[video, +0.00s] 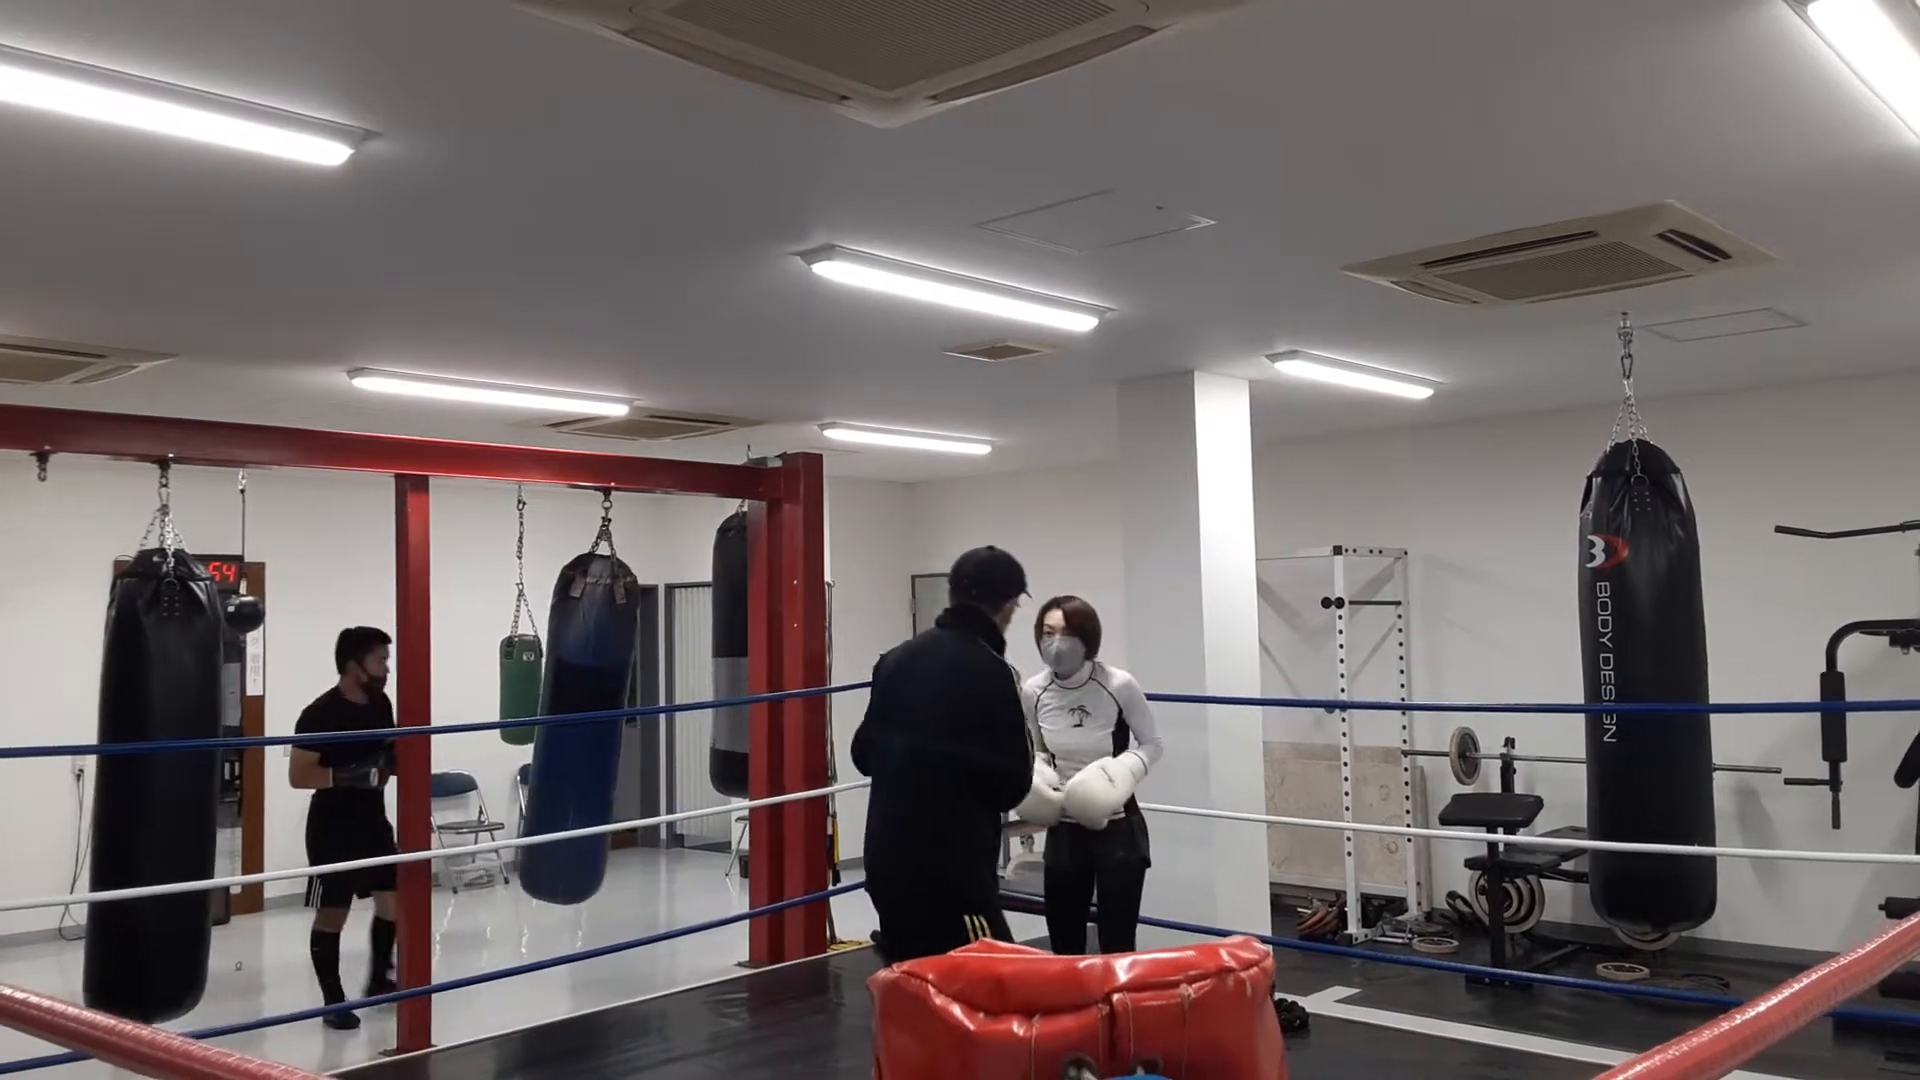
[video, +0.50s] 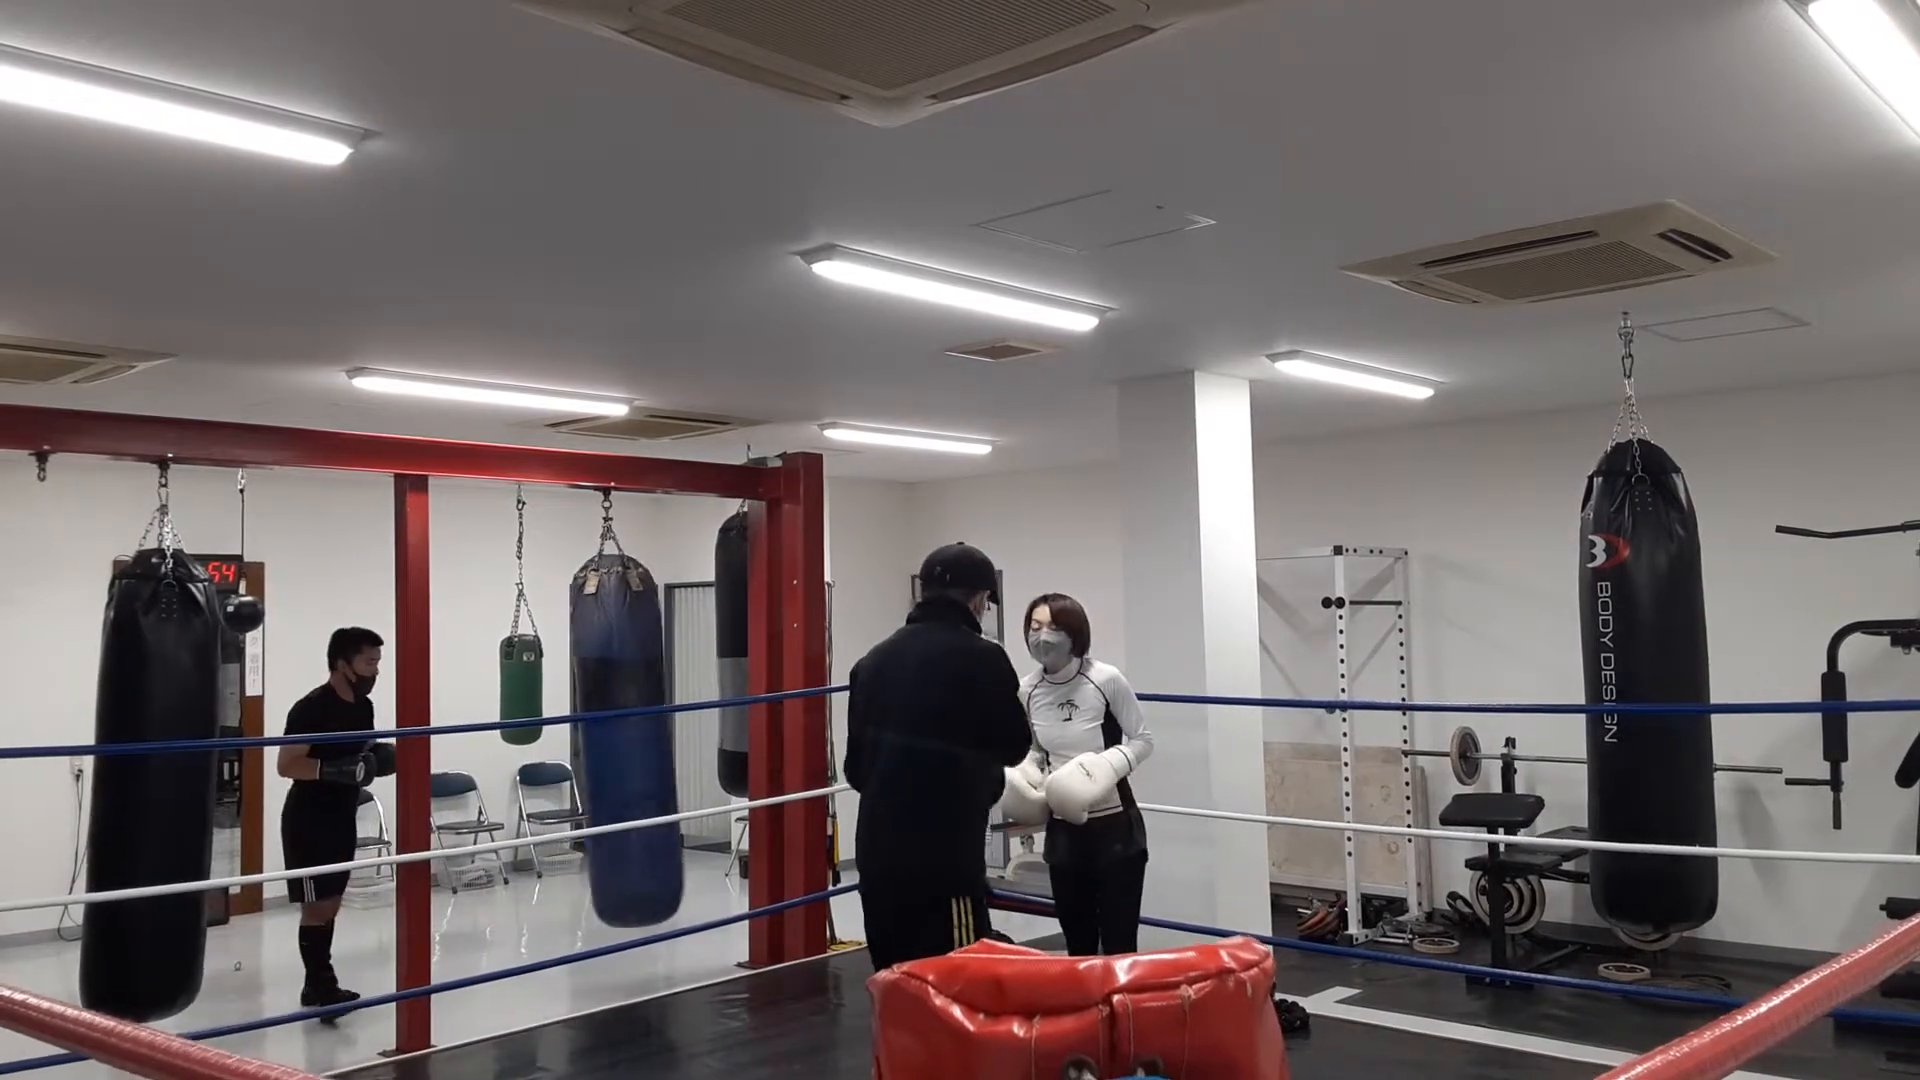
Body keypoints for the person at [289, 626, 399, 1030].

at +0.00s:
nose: (386, 667)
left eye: (387, 659)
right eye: (379, 660)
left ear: (369, 665)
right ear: (353, 665)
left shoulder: (380, 706)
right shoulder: (319, 714)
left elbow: (386, 762)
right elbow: (298, 775)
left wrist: (402, 760)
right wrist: (351, 775)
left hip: (373, 816)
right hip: (331, 821)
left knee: (391, 899)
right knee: (334, 908)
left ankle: (379, 981)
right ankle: (333, 1002)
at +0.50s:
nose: (377, 668)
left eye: (378, 660)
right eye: (370, 661)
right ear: (343, 663)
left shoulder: (364, 707)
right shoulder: (310, 708)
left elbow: (354, 756)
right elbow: (287, 764)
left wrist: (380, 758)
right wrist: (342, 771)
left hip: (342, 812)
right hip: (307, 813)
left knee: (331, 900)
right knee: (316, 902)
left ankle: (317, 985)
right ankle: (321, 990)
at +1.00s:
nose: (363, 675)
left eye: (365, 668)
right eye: (357, 668)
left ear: (361, 668)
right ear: (329, 666)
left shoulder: (357, 710)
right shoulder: (293, 710)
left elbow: (354, 754)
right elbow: (272, 765)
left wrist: (373, 759)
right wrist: (322, 764)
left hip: (337, 817)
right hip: (295, 818)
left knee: (356, 899)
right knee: (292, 905)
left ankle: (325, 976)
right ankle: (291, 994)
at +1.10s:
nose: (365, 680)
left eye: (369, 672)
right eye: (359, 672)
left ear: (369, 670)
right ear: (332, 669)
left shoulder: (359, 711)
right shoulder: (294, 711)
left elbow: (351, 756)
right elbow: (272, 766)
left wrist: (372, 762)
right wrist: (320, 766)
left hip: (338, 818)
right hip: (294, 820)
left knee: (365, 895)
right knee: (291, 906)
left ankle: (344, 980)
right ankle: (291, 995)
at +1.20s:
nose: (372, 681)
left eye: (376, 673)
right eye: (366, 673)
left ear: (377, 671)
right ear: (340, 670)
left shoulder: (365, 712)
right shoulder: (301, 711)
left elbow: (357, 758)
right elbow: (276, 766)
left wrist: (376, 765)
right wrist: (325, 770)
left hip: (341, 819)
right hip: (297, 820)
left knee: (359, 900)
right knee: (292, 908)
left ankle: (373, 984)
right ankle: (292, 995)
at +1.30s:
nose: (382, 682)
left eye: (385, 675)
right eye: (375, 674)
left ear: (383, 673)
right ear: (350, 671)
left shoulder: (372, 715)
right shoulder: (310, 711)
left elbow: (367, 762)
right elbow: (285, 767)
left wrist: (386, 769)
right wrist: (335, 772)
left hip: (347, 820)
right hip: (304, 820)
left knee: (361, 905)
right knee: (298, 910)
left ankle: (377, 991)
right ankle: (293, 997)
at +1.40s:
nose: (391, 683)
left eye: (394, 675)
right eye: (386, 674)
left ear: (378, 673)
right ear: (362, 671)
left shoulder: (381, 716)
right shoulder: (320, 710)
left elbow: (380, 766)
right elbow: (296, 765)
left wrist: (393, 769)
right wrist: (348, 770)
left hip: (357, 816)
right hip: (314, 818)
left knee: (368, 900)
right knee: (315, 905)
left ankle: (379, 990)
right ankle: (295, 993)